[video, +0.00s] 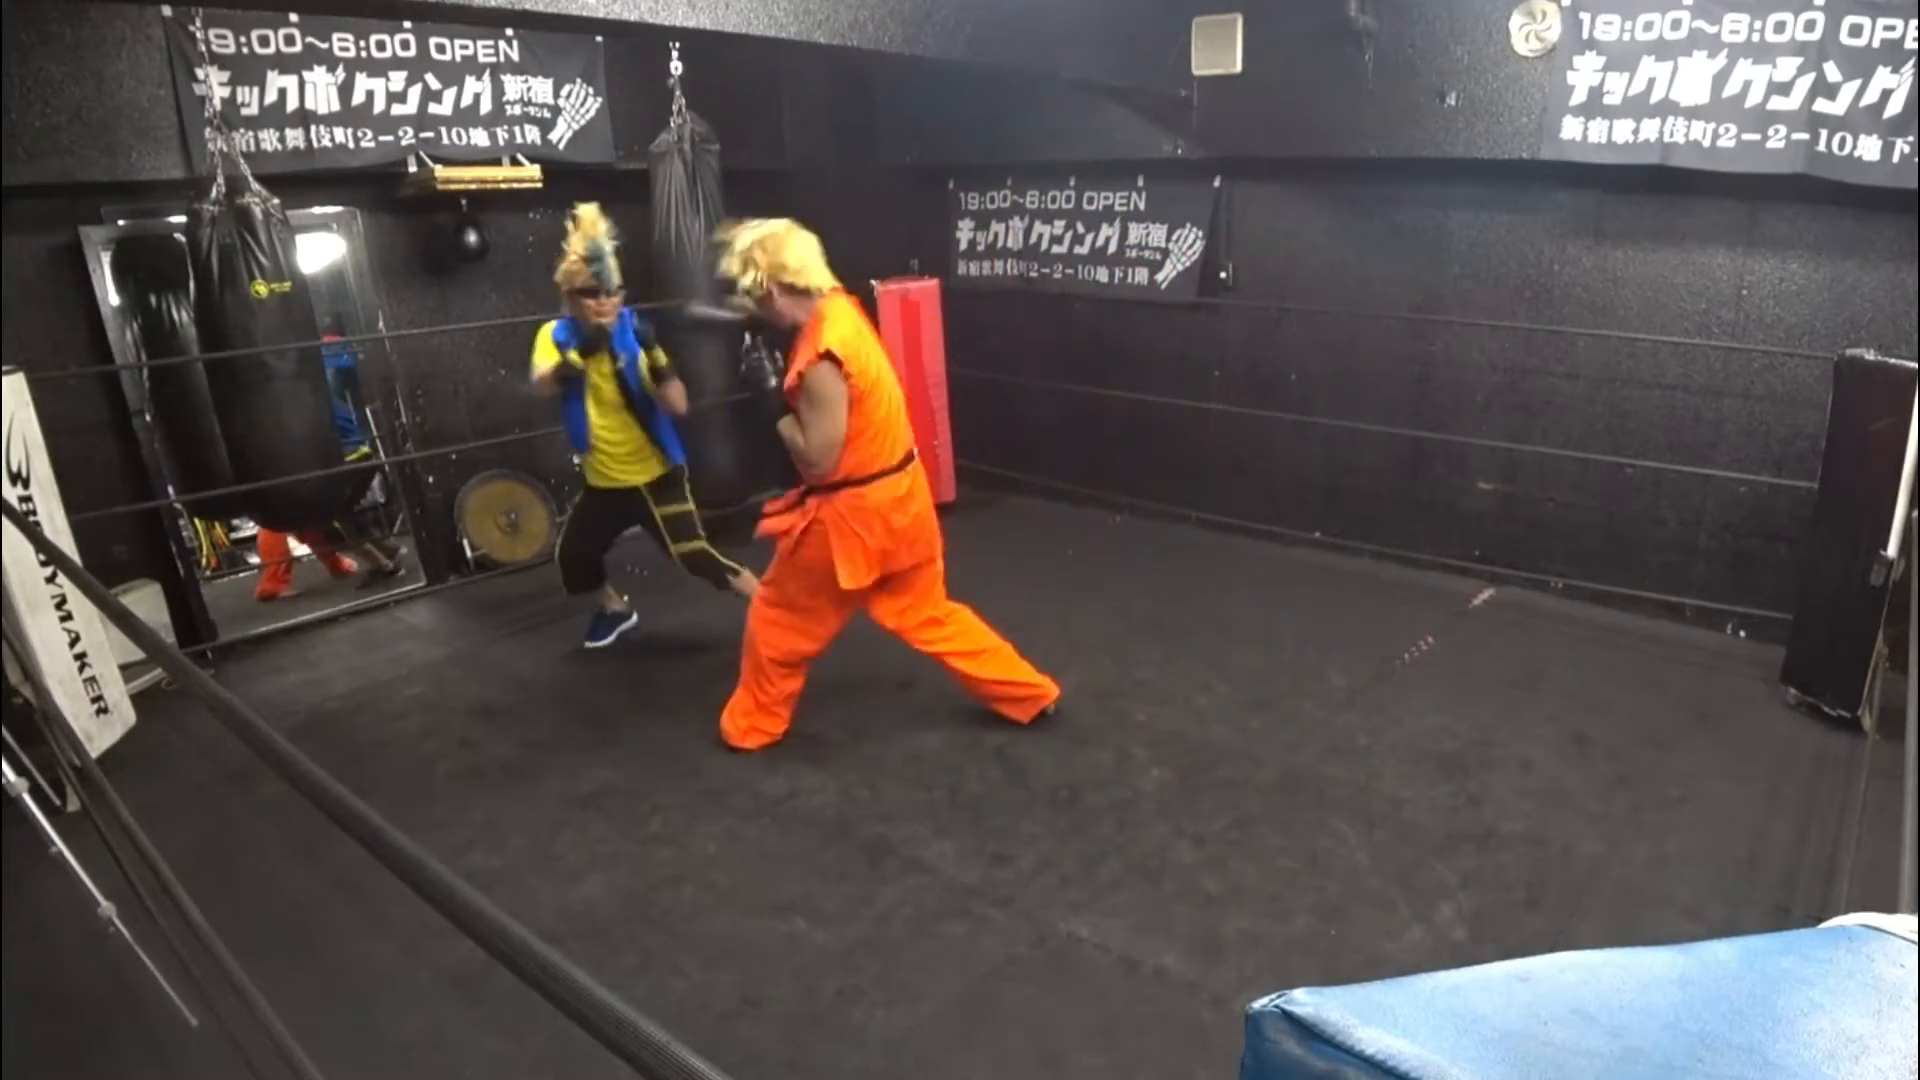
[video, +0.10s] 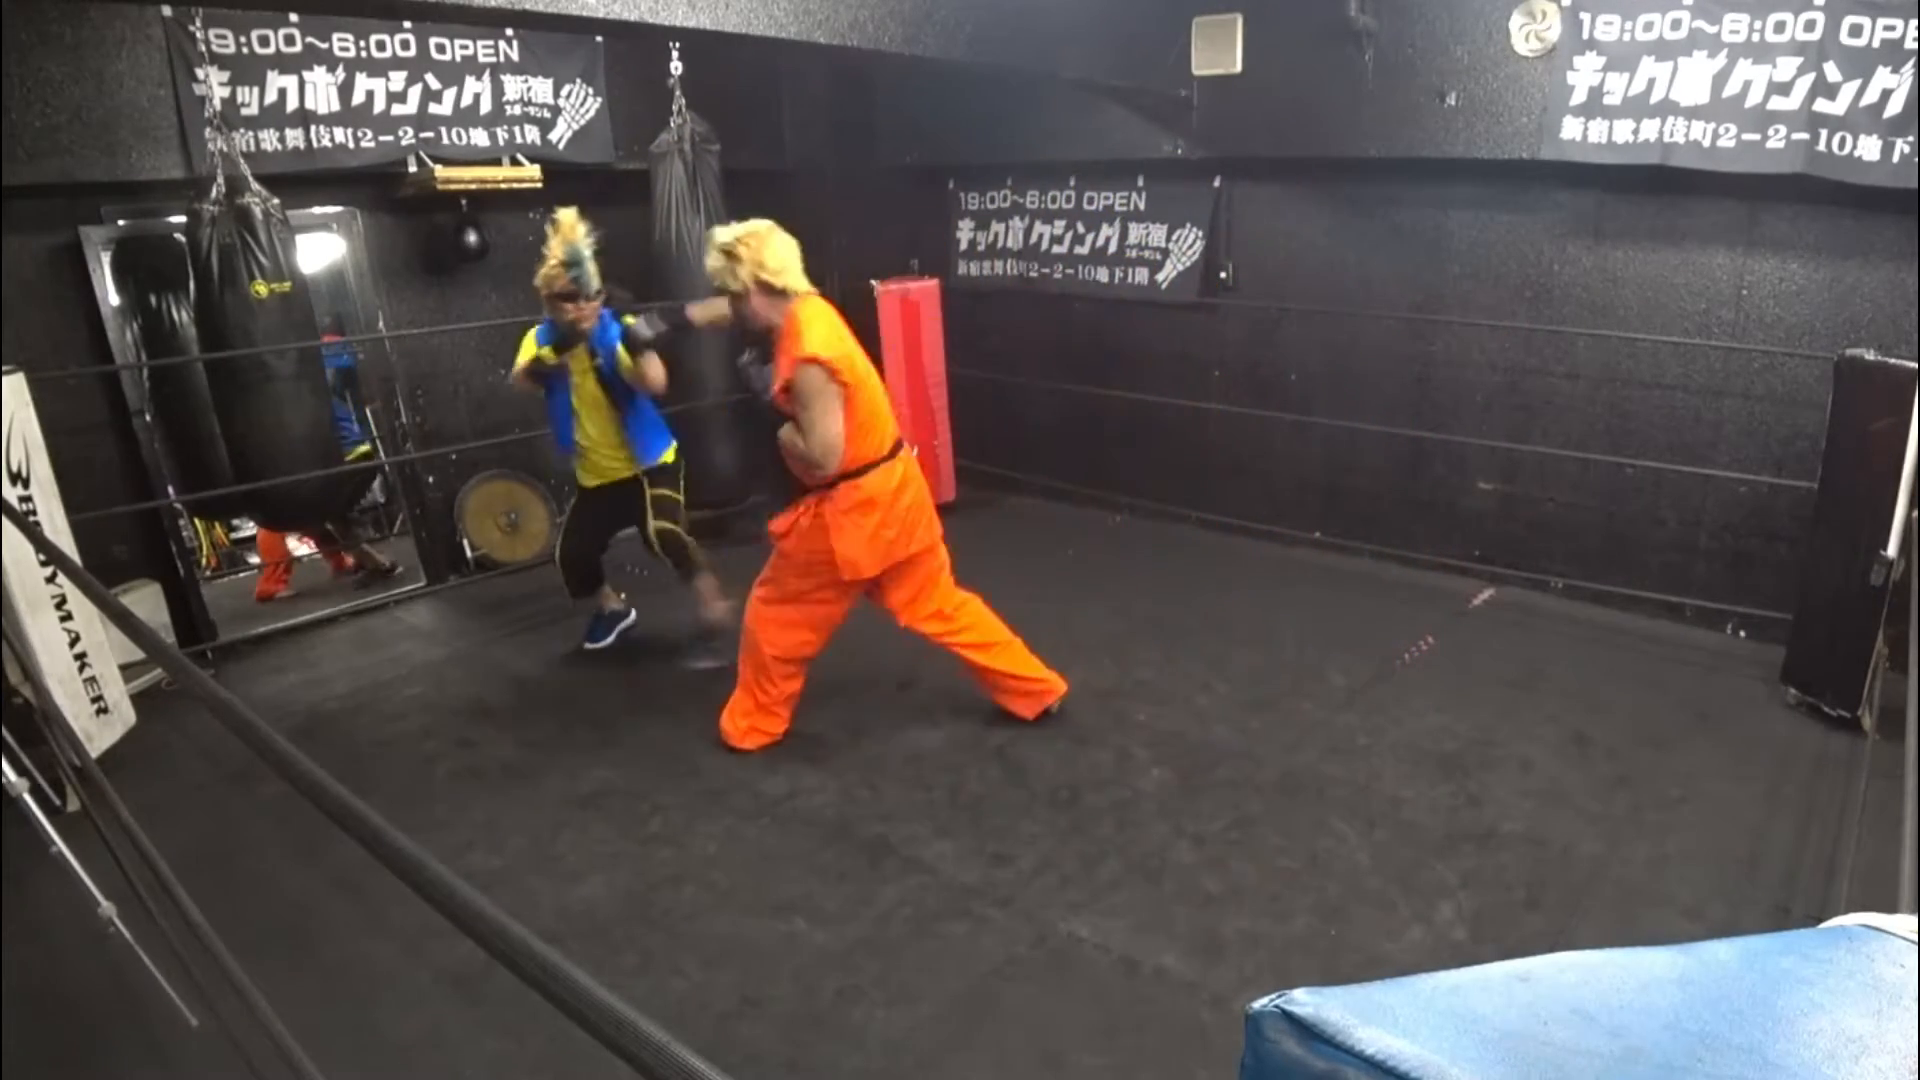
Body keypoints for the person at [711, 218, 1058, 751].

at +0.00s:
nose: (753, 309)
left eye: (752, 297)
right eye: (748, 298)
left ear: (772, 291)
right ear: (805, 275)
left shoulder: (820, 357)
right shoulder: (842, 311)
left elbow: (818, 459)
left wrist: (781, 412)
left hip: (852, 510)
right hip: (905, 493)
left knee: (780, 609)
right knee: (922, 610)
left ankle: (755, 722)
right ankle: (1029, 694)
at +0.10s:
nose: (733, 305)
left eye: (734, 294)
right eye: (731, 295)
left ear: (757, 291)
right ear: (779, 279)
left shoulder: (806, 353)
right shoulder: (809, 311)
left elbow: (826, 458)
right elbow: (734, 306)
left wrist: (788, 440)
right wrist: (672, 318)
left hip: (852, 505)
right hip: (899, 482)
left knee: (775, 609)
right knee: (933, 601)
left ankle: (754, 723)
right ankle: (1035, 689)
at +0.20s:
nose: (717, 299)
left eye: (716, 288)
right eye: (714, 288)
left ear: (733, 282)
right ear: (764, 263)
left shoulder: (776, 347)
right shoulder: (810, 297)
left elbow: (804, 453)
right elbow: (826, 380)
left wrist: (769, 438)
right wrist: (762, 390)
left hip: (840, 491)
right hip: (893, 466)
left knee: (782, 606)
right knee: (933, 588)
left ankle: (756, 723)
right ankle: (1037, 682)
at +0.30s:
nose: (721, 286)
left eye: (720, 274)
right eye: (718, 275)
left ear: (738, 267)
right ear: (781, 247)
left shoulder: (744, 336)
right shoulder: (849, 288)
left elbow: (746, 440)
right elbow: (913, 359)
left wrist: (714, 412)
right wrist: (855, 375)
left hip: (831, 484)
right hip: (901, 461)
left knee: (789, 600)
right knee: (948, 577)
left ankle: (757, 721)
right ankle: (1020, 690)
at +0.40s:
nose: (741, 280)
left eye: (742, 269)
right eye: (738, 270)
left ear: (758, 264)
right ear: (806, 249)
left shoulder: (748, 322)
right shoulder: (865, 289)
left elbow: (671, 341)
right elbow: (952, 343)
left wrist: (641, 321)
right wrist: (925, 371)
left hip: (827, 491)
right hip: (900, 472)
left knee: (790, 597)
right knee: (952, 587)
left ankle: (754, 717)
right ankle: (998, 705)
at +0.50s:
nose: (752, 276)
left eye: (753, 265)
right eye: (751, 267)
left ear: (767, 261)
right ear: (819, 247)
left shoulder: (757, 313)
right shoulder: (869, 288)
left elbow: (686, 331)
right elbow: (942, 343)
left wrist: (677, 320)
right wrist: (940, 373)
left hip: (817, 478)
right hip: (889, 464)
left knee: (779, 596)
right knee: (945, 590)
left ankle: (740, 719)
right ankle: (997, 705)